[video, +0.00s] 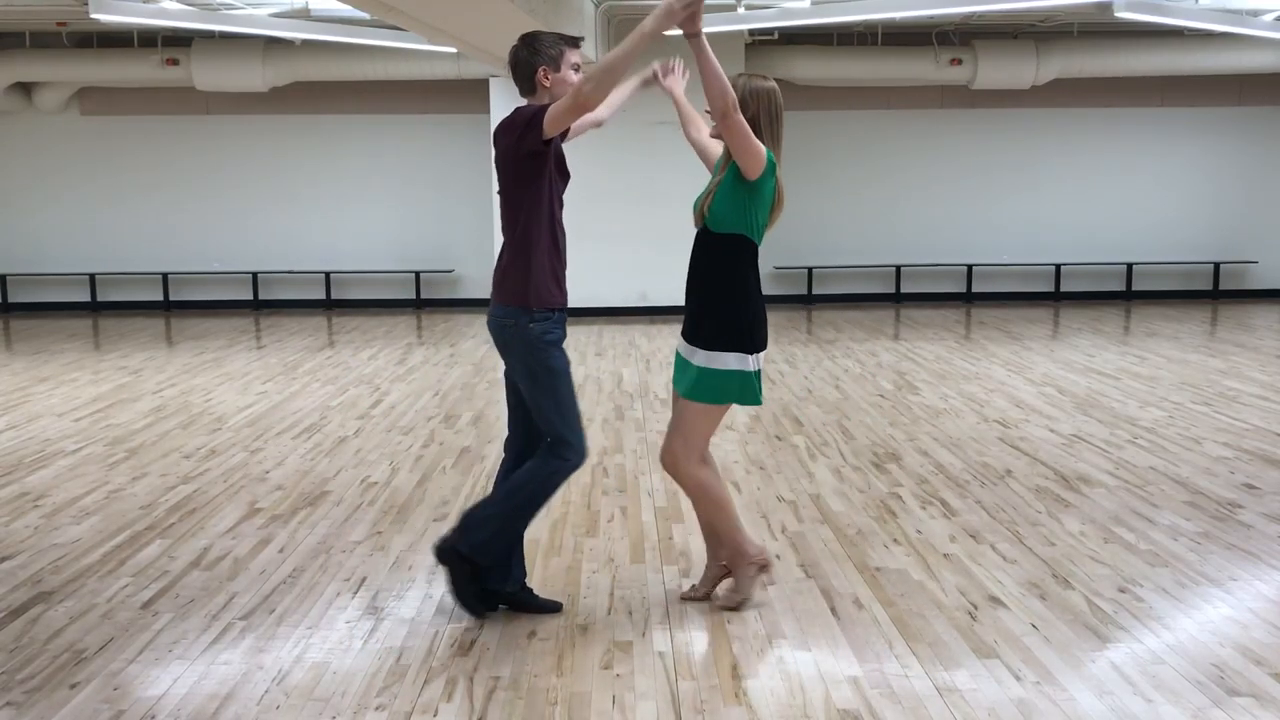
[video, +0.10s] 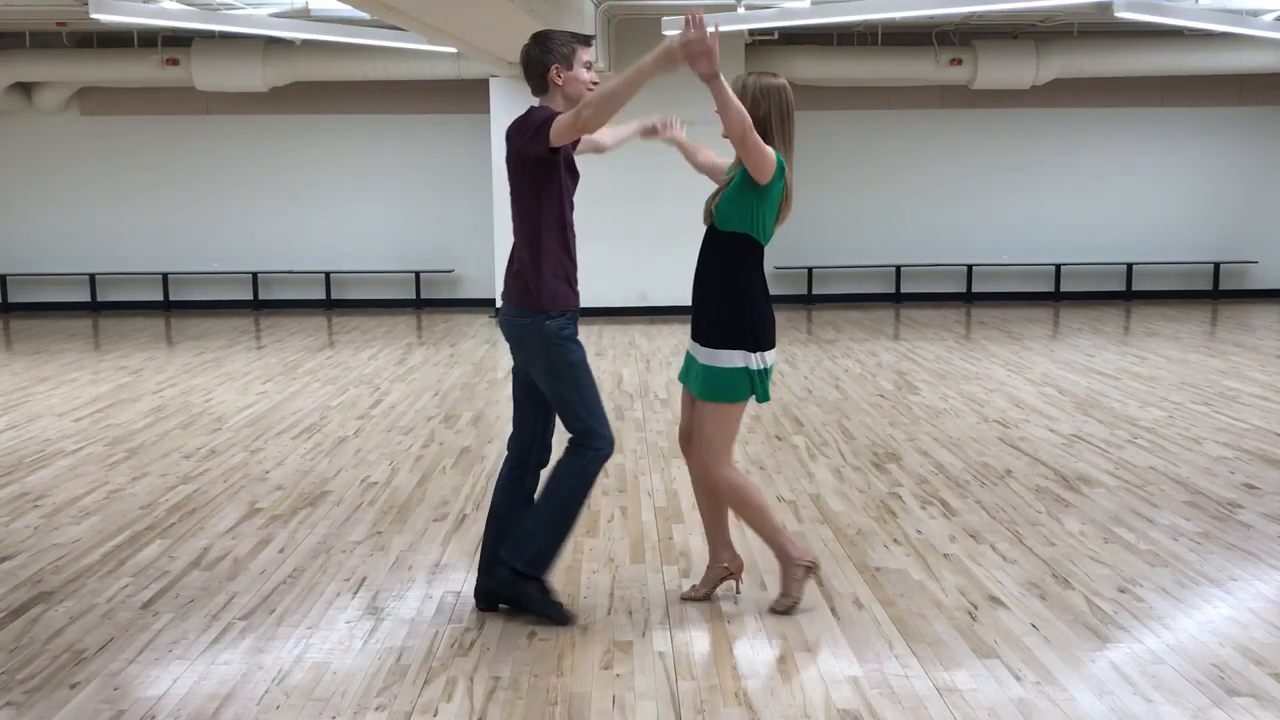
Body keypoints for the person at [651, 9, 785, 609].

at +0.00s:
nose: (723, 118)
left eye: (732, 109)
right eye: (726, 112)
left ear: (753, 117)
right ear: (742, 117)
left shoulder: (756, 168)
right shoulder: (728, 169)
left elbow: (729, 111)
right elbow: (700, 134)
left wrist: (695, 35)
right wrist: (675, 93)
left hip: (728, 336)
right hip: (706, 331)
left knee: (680, 456)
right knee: (689, 454)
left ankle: (746, 555)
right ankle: (719, 558)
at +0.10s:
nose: (732, 117)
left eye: (738, 109)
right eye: (732, 108)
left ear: (758, 114)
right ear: (762, 116)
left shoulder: (768, 169)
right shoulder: (740, 174)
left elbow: (741, 131)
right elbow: (706, 162)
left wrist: (712, 74)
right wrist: (676, 138)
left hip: (736, 338)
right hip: (708, 332)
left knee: (712, 462)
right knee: (691, 443)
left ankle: (794, 554)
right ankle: (722, 557)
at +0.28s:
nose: (743, 110)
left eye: (752, 103)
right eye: (746, 101)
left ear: (776, 112)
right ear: (771, 113)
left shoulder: (785, 165)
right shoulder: (763, 168)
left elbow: (772, 190)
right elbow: (728, 208)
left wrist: (725, 177)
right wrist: (672, 221)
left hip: (765, 326)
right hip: (740, 323)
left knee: (760, 458)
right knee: (710, 439)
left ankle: (825, 567)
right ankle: (722, 556)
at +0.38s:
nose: (755, 112)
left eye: (765, 105)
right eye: (759, 104)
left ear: (788, 115)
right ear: (790, 117)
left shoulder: (794, 176)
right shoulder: (776, 178)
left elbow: (775, 224)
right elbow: (729, 234)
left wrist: (726, 239)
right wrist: (674, 258)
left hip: (784, 338)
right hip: (764, 336)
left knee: (769, 455)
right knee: (722, 439)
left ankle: (828, 569)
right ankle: (731, 558)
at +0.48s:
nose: (766, 115)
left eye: (775, 108)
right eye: (769, 107)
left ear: (798, 118)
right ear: (800, 119)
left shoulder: (805, 181)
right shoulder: (789, 181)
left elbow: (783, 252)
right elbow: (748, 248)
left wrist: (722, 289)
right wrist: (691, 280)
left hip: (797, 333)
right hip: (779, 332)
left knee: (776, 453)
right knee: (736, 444)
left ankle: (828, 570)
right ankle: (778, 559)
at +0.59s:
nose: (777, 116)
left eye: (787, 109)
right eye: (780, 107)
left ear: (809, 118)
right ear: (811, 119)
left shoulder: (817, 183)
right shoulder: (801, 183)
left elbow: (800, 267)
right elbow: (762, 266)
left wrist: (735, 313)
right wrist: (705, 297)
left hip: (807, 331)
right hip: (788, 330)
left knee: (780, 454)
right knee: (756, 454)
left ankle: (826, 571)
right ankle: (833, 549)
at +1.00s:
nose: (791, 111)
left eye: (800, 104)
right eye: (793, 103)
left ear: (823, 113)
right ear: (827, 114)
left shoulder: (836, 173)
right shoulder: (826, 171)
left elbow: (838, 264)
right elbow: (820, 260)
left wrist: (765, 274)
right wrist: (761, 269)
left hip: (828, 339)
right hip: (836, 336)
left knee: (792, 452)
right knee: (839, 449)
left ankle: (852, 564)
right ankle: (892, 555)